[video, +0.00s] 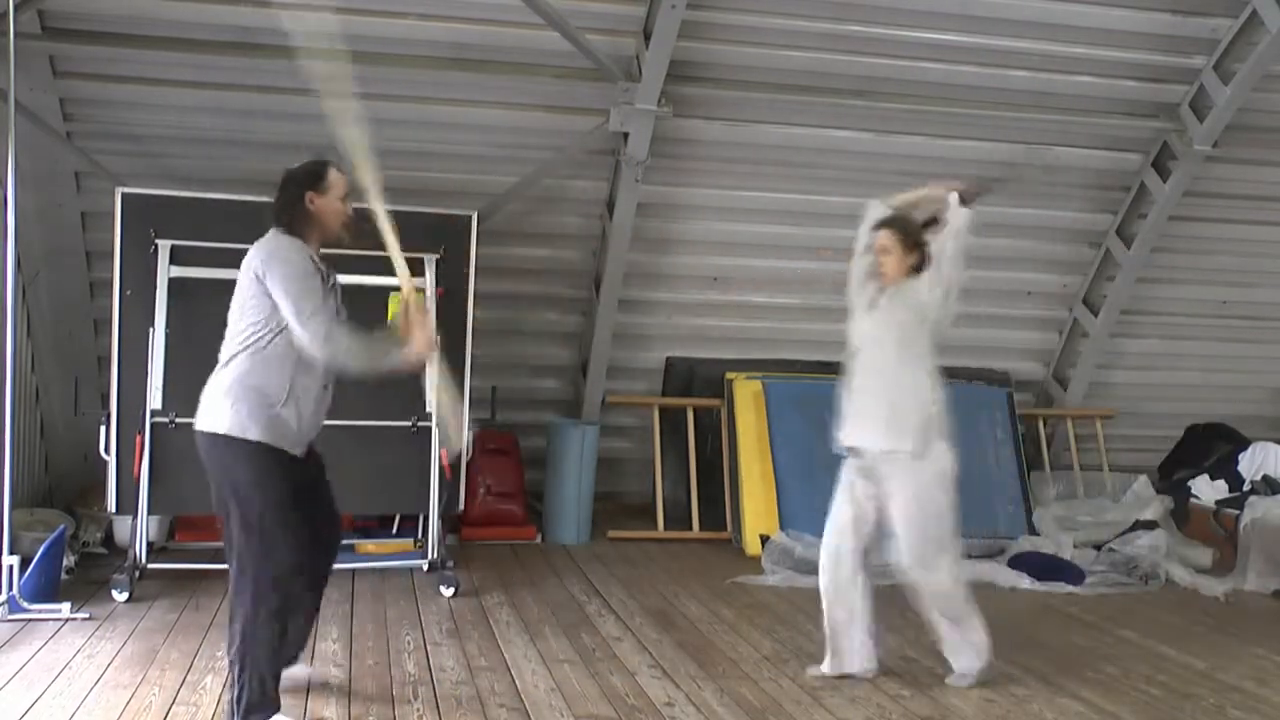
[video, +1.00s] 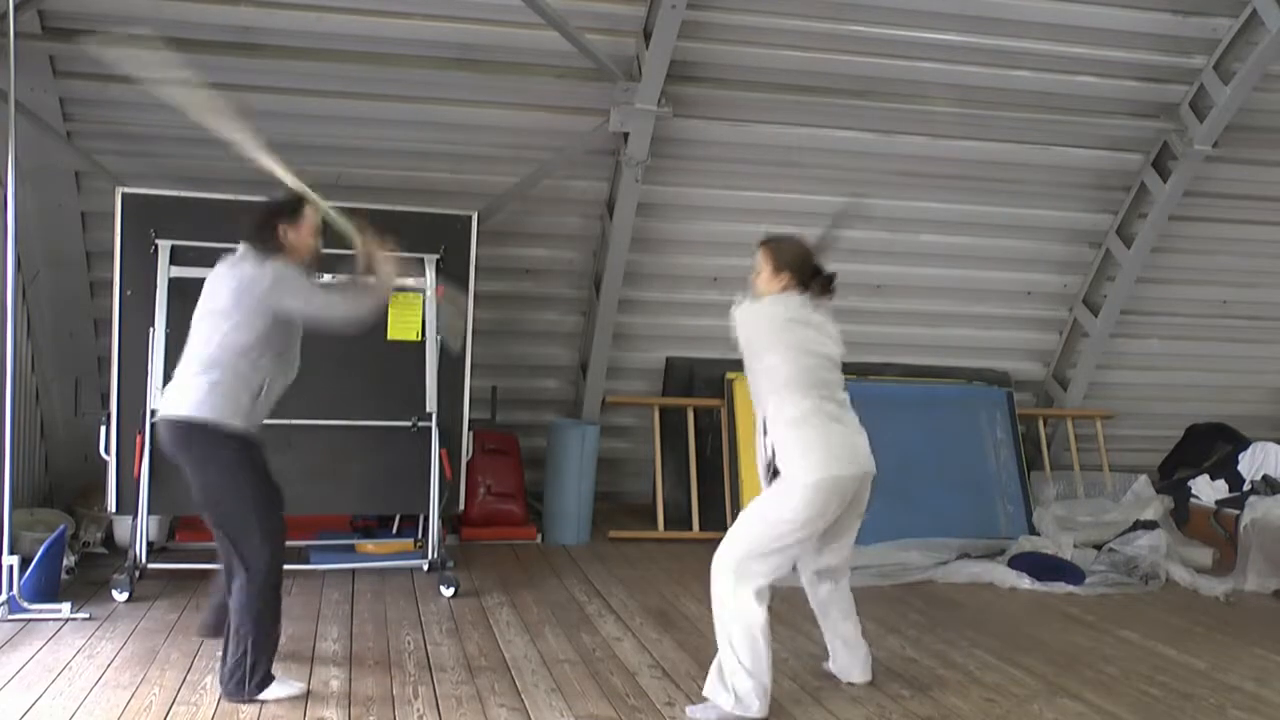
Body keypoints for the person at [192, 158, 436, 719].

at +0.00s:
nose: (349, 209)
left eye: (348, 199)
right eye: (342, 198)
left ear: (313, 202)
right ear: (310, 201)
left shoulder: (320, 274)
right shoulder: (280, 251)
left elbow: (339, 346)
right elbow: (324, 341)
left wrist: (399, 336)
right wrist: (402, 351)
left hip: (285, 434)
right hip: (243, 427)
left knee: (319, 540)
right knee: (269, 560)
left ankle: (278, 660)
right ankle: (251, 708)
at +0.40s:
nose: (322, 231)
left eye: (324, 221)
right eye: (318, 218)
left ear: (289, 210)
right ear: (289, 209)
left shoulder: (270, 255)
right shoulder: (255, 252)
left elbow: (347, 274)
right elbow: (340, 294)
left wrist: (414, 256)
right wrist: (411, 259)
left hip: (247, 420)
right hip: (229, 421)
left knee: (267, 532)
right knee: (277, 531)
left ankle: (241, 643)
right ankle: (210, 652)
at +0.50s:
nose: (328, 229)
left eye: (329, 220)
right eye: (326, 219)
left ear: (294, 209)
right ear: (302, 209)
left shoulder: (252, 241)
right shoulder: (265, 236)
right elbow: (348, 235)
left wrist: (379, 186)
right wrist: (382, 178)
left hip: (226, 412)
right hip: (234, 413)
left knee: (252, 524)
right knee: (300, 503)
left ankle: (237, 645)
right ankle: (190, 551)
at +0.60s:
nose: (344, 246)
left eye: (348, 236)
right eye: (343, 232)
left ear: (314, 216)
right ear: (321, 215)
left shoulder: (266, 236)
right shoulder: (284, 229)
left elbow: (298, 185)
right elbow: (328, 189)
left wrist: (289, 129)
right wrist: (302, 130)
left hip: (229, 405)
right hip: (233, 404)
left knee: (240, 523)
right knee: (307, 498)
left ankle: (236, 644)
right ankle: (195, 532)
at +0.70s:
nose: (334, 232)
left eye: (336, 226)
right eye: (330, 222)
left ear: (298, 218)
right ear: (303, 213)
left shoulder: (262, 245)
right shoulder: (278, 230)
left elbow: (290, 195)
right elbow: (330, 167)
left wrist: (278, 138)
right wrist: (295, 114)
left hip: (223, 404)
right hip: (238, 404)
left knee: (237, 520)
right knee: (301, 507)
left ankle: (242, 642)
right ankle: (208, 592)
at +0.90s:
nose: (309, 214)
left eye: (309, 205)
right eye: (301, 203)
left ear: (264, 208)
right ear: (272, 204)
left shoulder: (233, 254)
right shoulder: (270, 247)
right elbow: (354, 228)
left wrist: (322, 180)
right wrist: (364, 179)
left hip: (212, 413)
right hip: (237, 414)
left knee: (252, 538)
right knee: (274, 541)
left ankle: (248, 646)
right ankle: (241, 672)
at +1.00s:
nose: (317, 239)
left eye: (317, 229)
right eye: (311, 229)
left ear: (274, 229)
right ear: (283, 230)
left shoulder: (233, 268)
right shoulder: (271, 276)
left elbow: (315, 296)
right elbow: (344, 310)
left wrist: (361, 273)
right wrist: (383, 279)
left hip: (184, 421)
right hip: (213, 428)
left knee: (247, 522)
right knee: (261, 548)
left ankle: (220, 619)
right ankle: (246, 679)